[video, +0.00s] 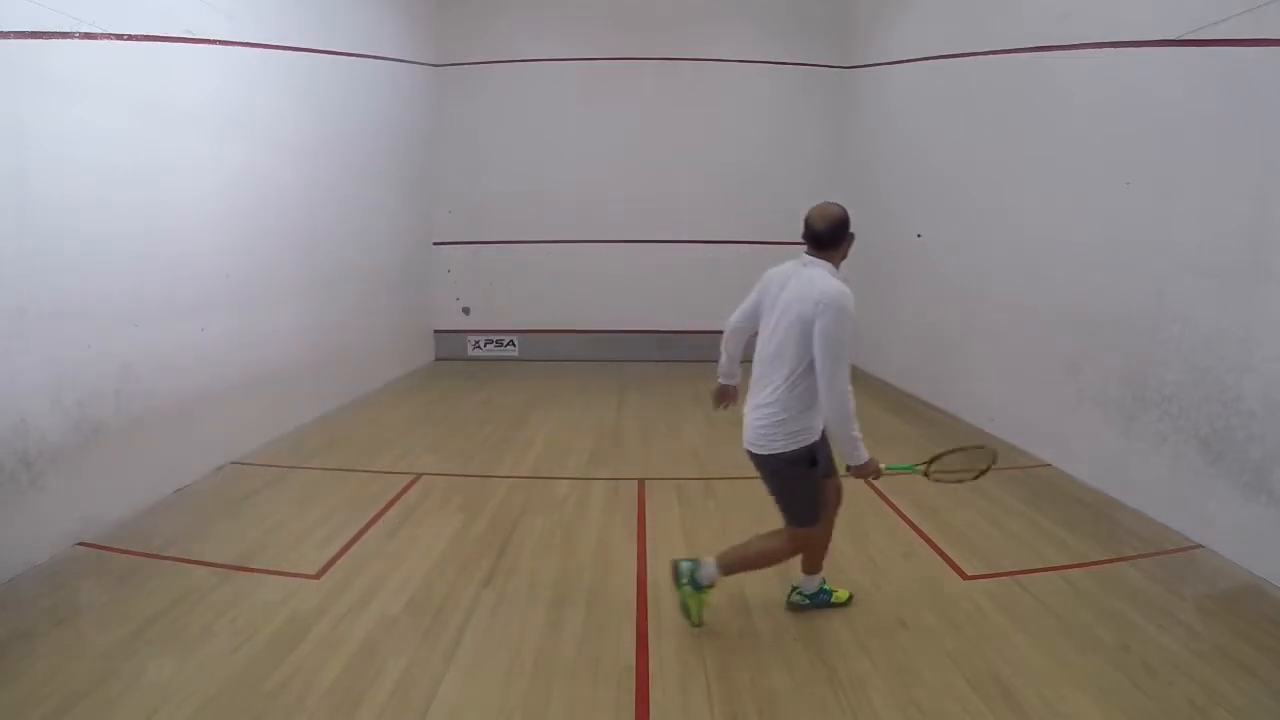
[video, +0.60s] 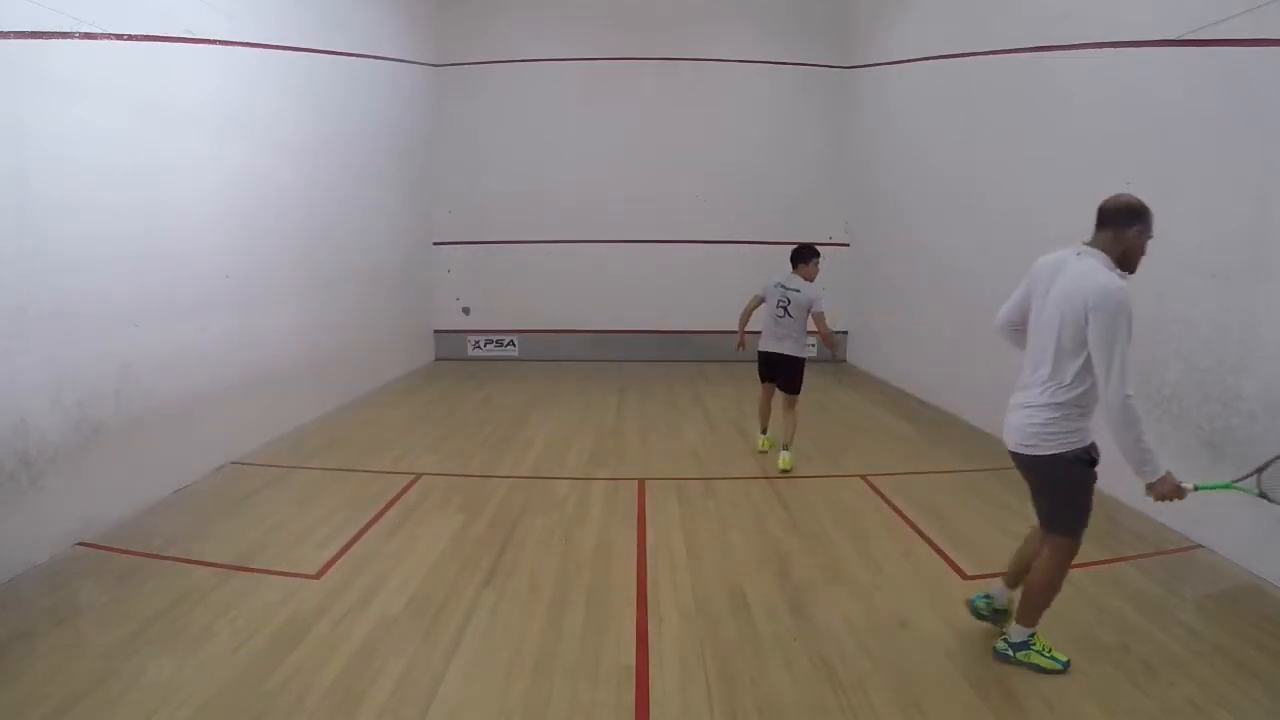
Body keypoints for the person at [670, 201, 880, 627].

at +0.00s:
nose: (853, 241)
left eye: (847, 235)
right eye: (852, 236)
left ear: (804, 240)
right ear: (848, 244)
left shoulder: (779, 275)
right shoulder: (833, 296)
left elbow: (737, 327)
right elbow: (834, 387)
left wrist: (727, 378)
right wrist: (856, 454)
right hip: (785, 438)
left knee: (828, 495)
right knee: (804, 534)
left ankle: (810, 587)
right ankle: (700, 574)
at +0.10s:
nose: (894, 235)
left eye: (887, 228)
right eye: (894, 229)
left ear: (847, 232)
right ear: (889, 236)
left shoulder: (820, 267)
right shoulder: (875, 291)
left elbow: (781, 322)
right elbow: (879, 384)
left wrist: (801, 371)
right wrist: (905, 450)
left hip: (798, 419)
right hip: (829, 429)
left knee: (839, 497)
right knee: (879, 520)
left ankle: (811, 582)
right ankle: (797, 589)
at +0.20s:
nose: (939, 234)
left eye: (932, 227)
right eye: (938, 229)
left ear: (891, 229)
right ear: (933, 235)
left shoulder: (862, 266)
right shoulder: (919, 289)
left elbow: (825, 320)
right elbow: (926, 381)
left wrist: (861, 354)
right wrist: (959, 449)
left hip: (835, 416)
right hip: (872, 428)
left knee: (849, 496)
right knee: (933, 514)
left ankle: (810, 585)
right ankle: (904, 620)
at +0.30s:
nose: (987, 238)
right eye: (986, 232)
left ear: (940, 234)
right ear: (983, 239)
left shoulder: (910, 269)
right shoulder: (967, 296)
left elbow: (871, 321)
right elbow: (973, 394)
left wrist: (901, 369)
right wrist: (1006, 461)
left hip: (873, 420)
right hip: (915, 435)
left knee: (869, 499)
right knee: (972, 528)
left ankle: (816, 584)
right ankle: (994, 629)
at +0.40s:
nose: (1042, 244)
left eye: (1037, 237)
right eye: (1041, 239)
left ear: (994, 238)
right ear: (1035, 246)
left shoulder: (960, 275)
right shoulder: (1019, 304)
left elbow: (922, 325)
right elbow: (1023, 406)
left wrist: (964, 361)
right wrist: (1057, 475)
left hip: (926, 431)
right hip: (970, 445)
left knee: (916, 508)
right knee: (1017, 534)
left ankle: (837, 574)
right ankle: (1016, 637)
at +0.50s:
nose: (1096, 248)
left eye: (1094, 240)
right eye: (1096, 240)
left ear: (1050, 235)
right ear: (1087, 243)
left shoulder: (1008, 271)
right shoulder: (1066, 302)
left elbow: (968, 327)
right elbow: (1071, 404)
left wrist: (1014, 362)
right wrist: (1104, 479)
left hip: (979, 429)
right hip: (1017, 443)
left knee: (998, 514)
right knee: (1048, 539)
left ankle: (905, 572)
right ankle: (1018, 637)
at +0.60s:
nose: (1145, 252)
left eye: (1148, 242)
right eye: (1145, 240)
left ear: (1101, 228)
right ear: (1126, 234)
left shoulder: (1050, 264)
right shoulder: (1108, 291)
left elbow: (1009, 322)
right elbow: (1116, 398)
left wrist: (1053, 358)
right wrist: (1154, 473)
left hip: (1024, 430)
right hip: (1058, 440)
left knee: (1052, 522)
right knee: (1062, 541)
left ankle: (999, 597)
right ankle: (1019, 638)